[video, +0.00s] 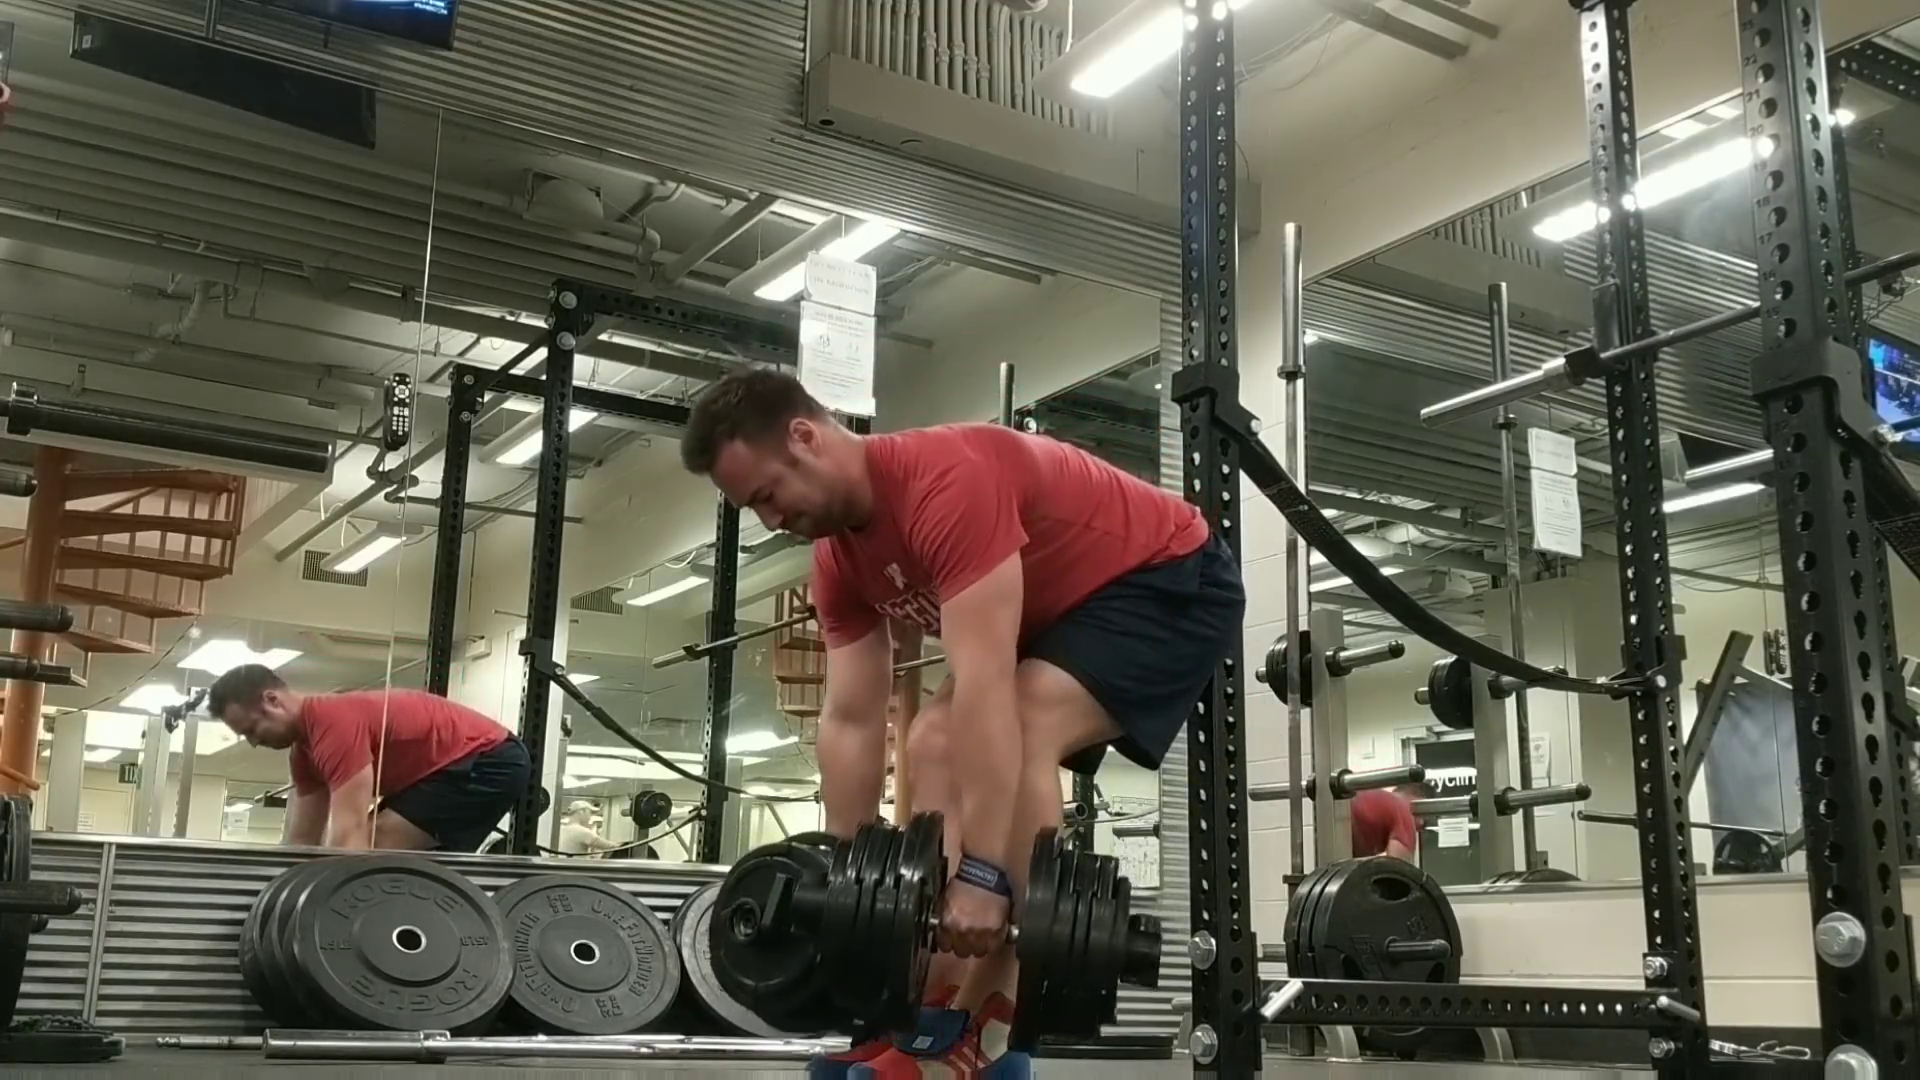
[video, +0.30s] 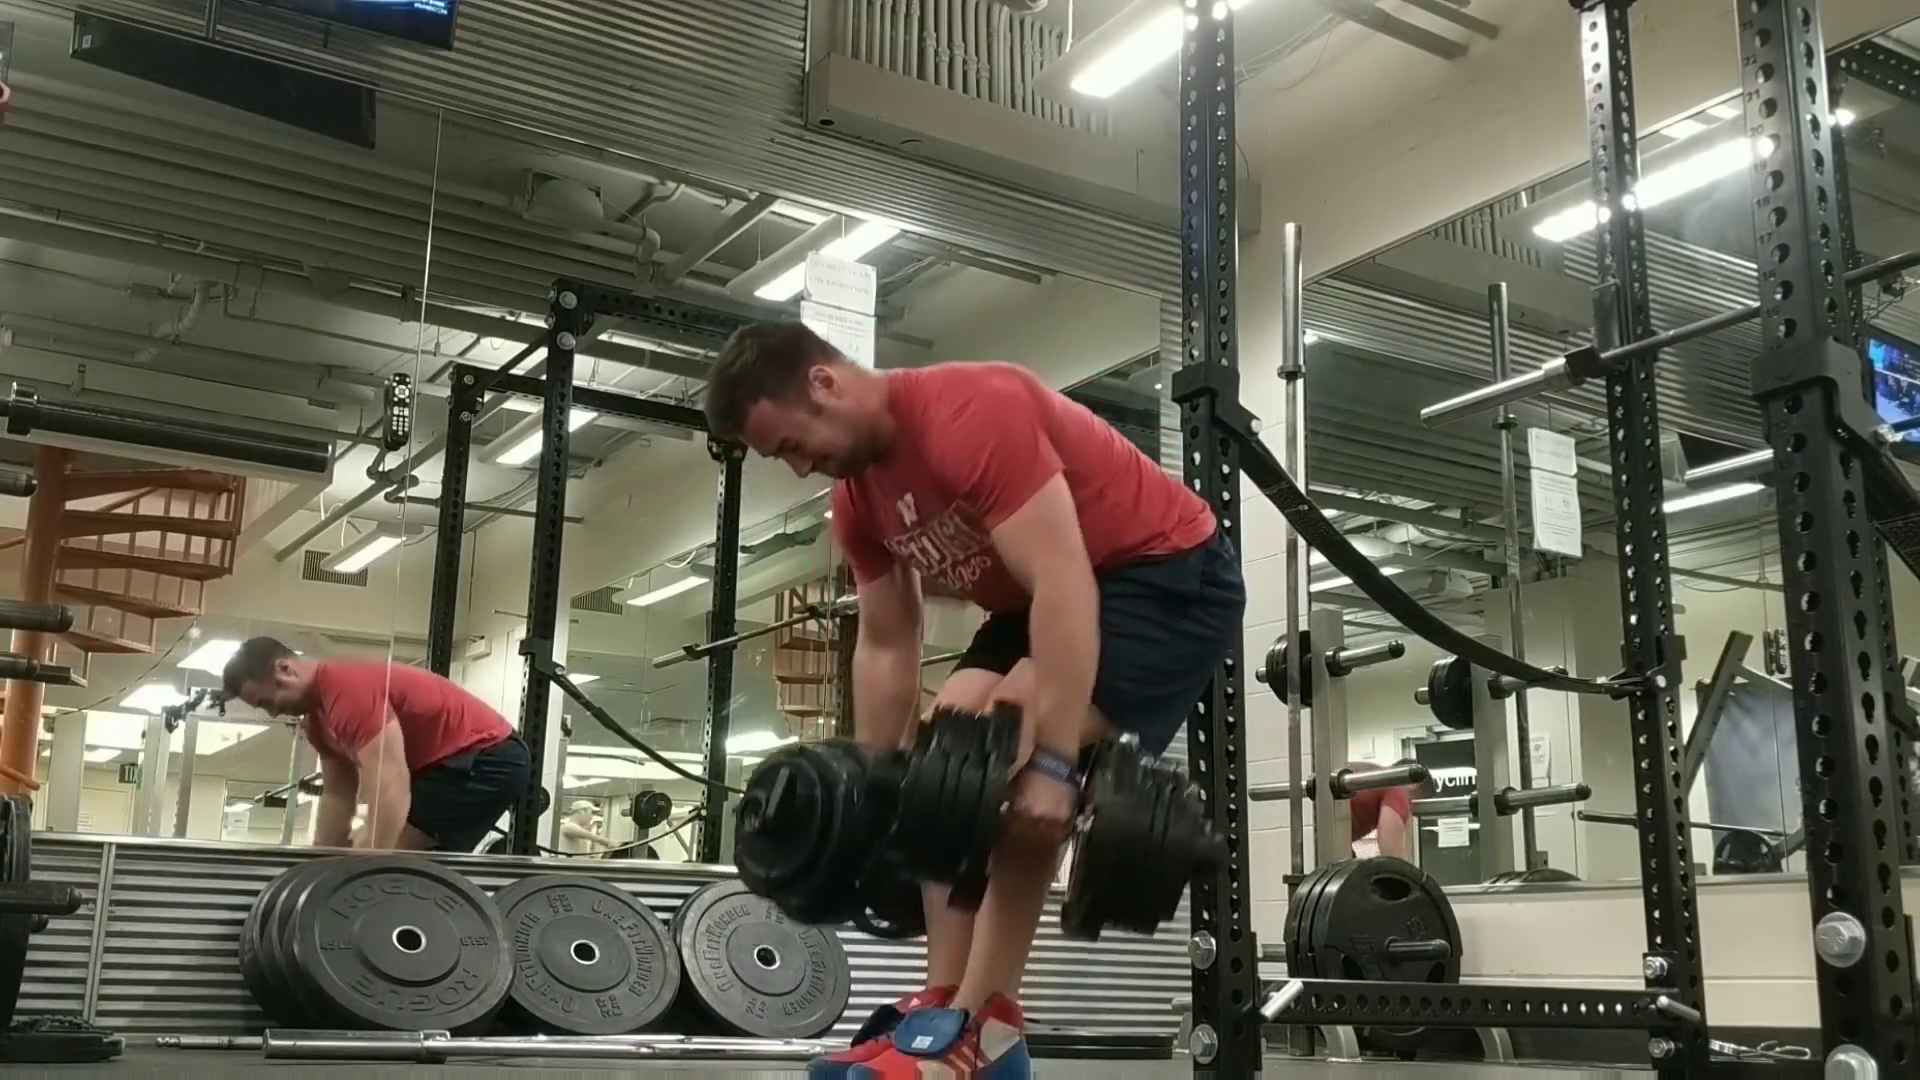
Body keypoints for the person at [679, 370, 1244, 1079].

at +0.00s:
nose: (767, 520)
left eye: (766, 495)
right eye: (751, 509)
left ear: (807, 437)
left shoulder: (953, 482)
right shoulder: (842, 560)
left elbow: (985, 683)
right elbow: (851, 719)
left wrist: (982, 875)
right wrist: (845, 884)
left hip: (1169, 576)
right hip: (1062, 612)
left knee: (1019, 727)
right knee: (935, 740)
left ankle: (988, 1033)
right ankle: (930, 1019)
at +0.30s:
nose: (801, 468)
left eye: (793, 444)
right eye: (783, 458)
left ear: (827, 382)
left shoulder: (973, 414)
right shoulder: (858, 505)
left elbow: (1064, 580)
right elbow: (885, 641)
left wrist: (1055, 761)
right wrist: (872, 794)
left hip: (1167, 572)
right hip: (1044, 596)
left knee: (1027, 735)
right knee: (950, 728)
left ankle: (989, 1019)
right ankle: (940, 1003)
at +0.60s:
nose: (854, 444)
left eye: (844, 427)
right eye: (839, 440)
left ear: (857, 359)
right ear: (853, 366)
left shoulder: (1004, 353)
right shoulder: (880, 444)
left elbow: (1141, 480)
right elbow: (938, 565)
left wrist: (1143, 644)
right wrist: (912, 696)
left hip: (1159, 565)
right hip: (1050, 589)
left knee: (1023, 735)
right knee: (952, 732)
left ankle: (992, 1017)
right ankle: (941, 1004)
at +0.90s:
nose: (857, 458)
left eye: (846, 443)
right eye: (841, 455)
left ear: (853, 375)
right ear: (849, 379)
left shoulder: (999, 362)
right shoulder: (881, 454)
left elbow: (1158, 465)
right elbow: (953, 563)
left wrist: (1166, 633)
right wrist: (926, 693)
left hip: (1160, 568)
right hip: (1054, 598)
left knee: (1021, 728)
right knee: (955, 730)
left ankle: (993, 1017)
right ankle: (943, 1003)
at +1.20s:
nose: (818, 466)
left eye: (808, 446)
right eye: (800, 461)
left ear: (832, 381)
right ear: (833, 384)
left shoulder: (986, 392)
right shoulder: (861, 473)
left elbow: (1086, 557)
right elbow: (902, 619)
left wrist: (1093, 736)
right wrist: (891, 770)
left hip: (1167, 570)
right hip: (1043, 594)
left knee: (1030, 754)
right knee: (953, 744)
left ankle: (990, 1019)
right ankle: (943, 1001)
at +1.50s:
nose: (783, 489)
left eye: (780, 463)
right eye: (767, 478)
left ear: (817, 401)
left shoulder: (964, 448)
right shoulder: (849, 528)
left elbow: (1003, 650)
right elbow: (861, 687)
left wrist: (1009, 833)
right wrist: (848, 850)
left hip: (1165, 578)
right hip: (1058, 607)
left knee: (1000, 744)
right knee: (941, 739)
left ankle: (989, 1020)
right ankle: (937, 1004)